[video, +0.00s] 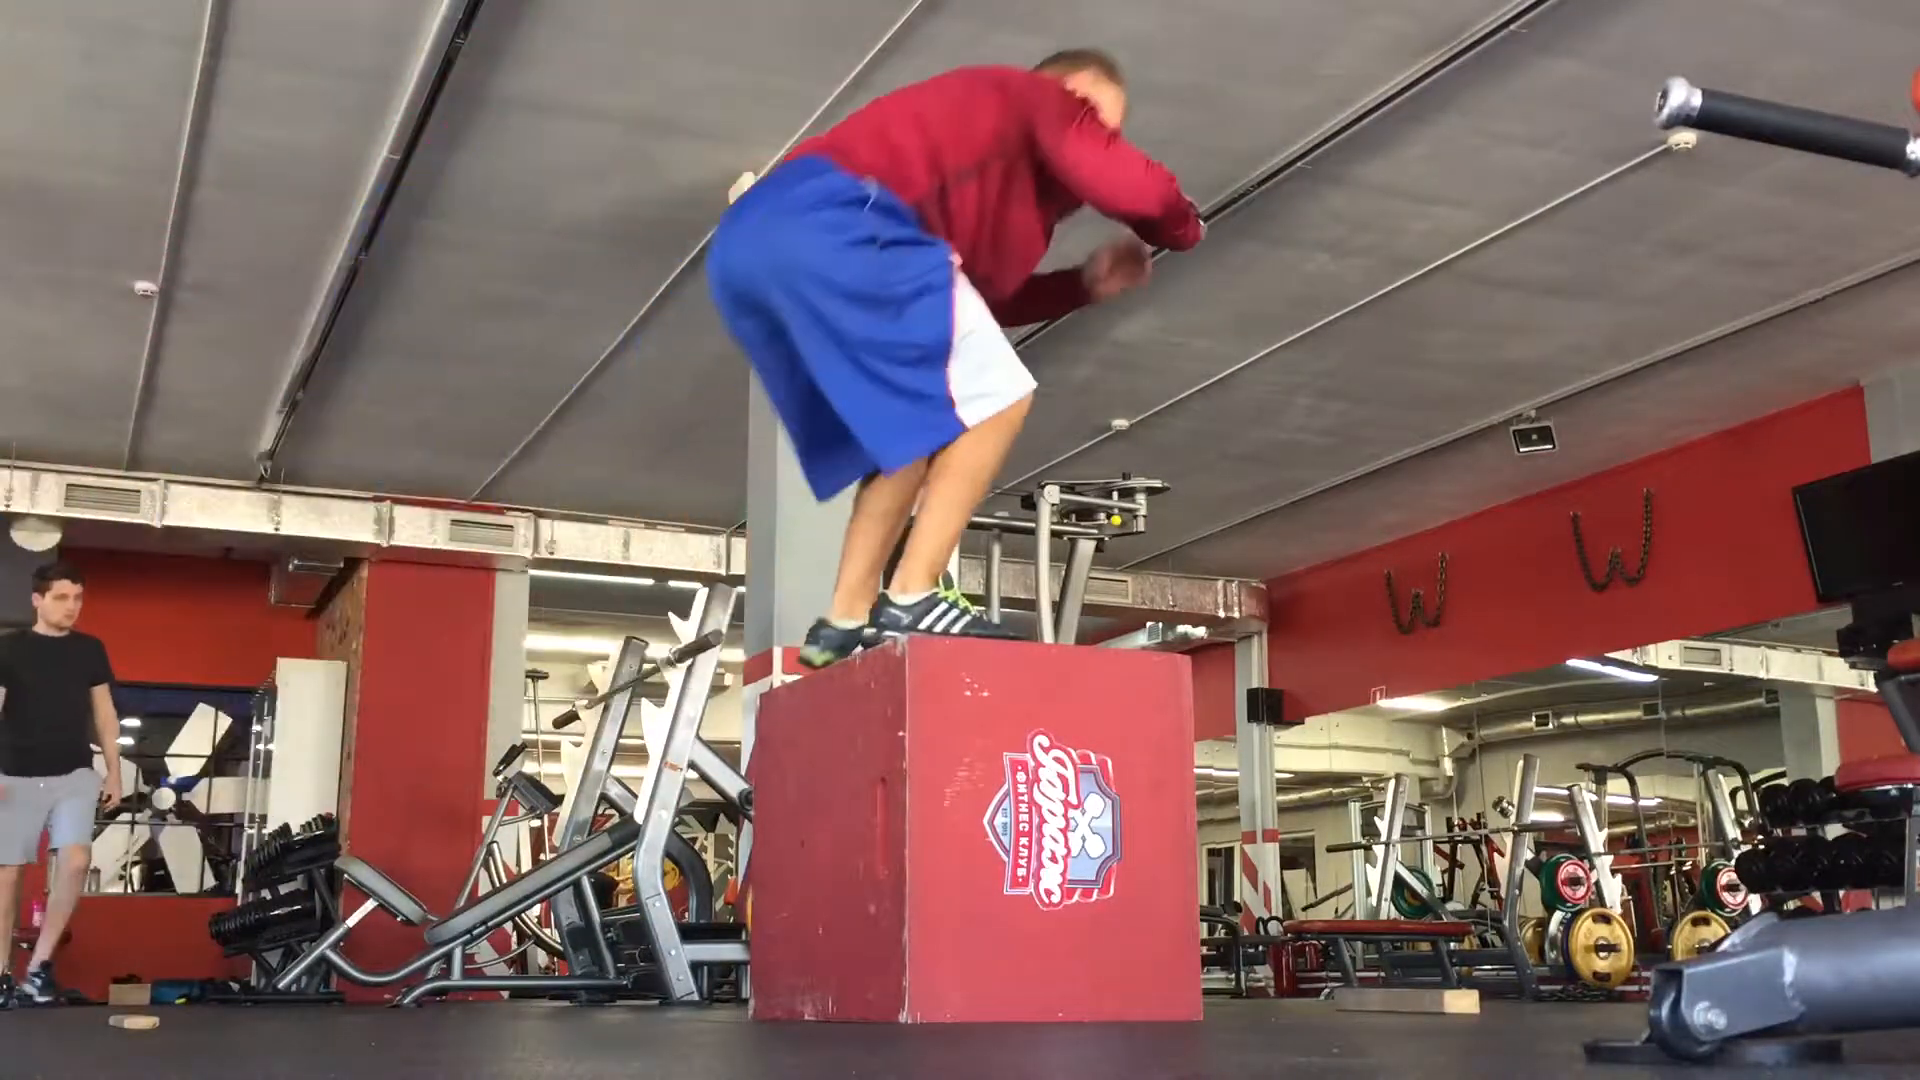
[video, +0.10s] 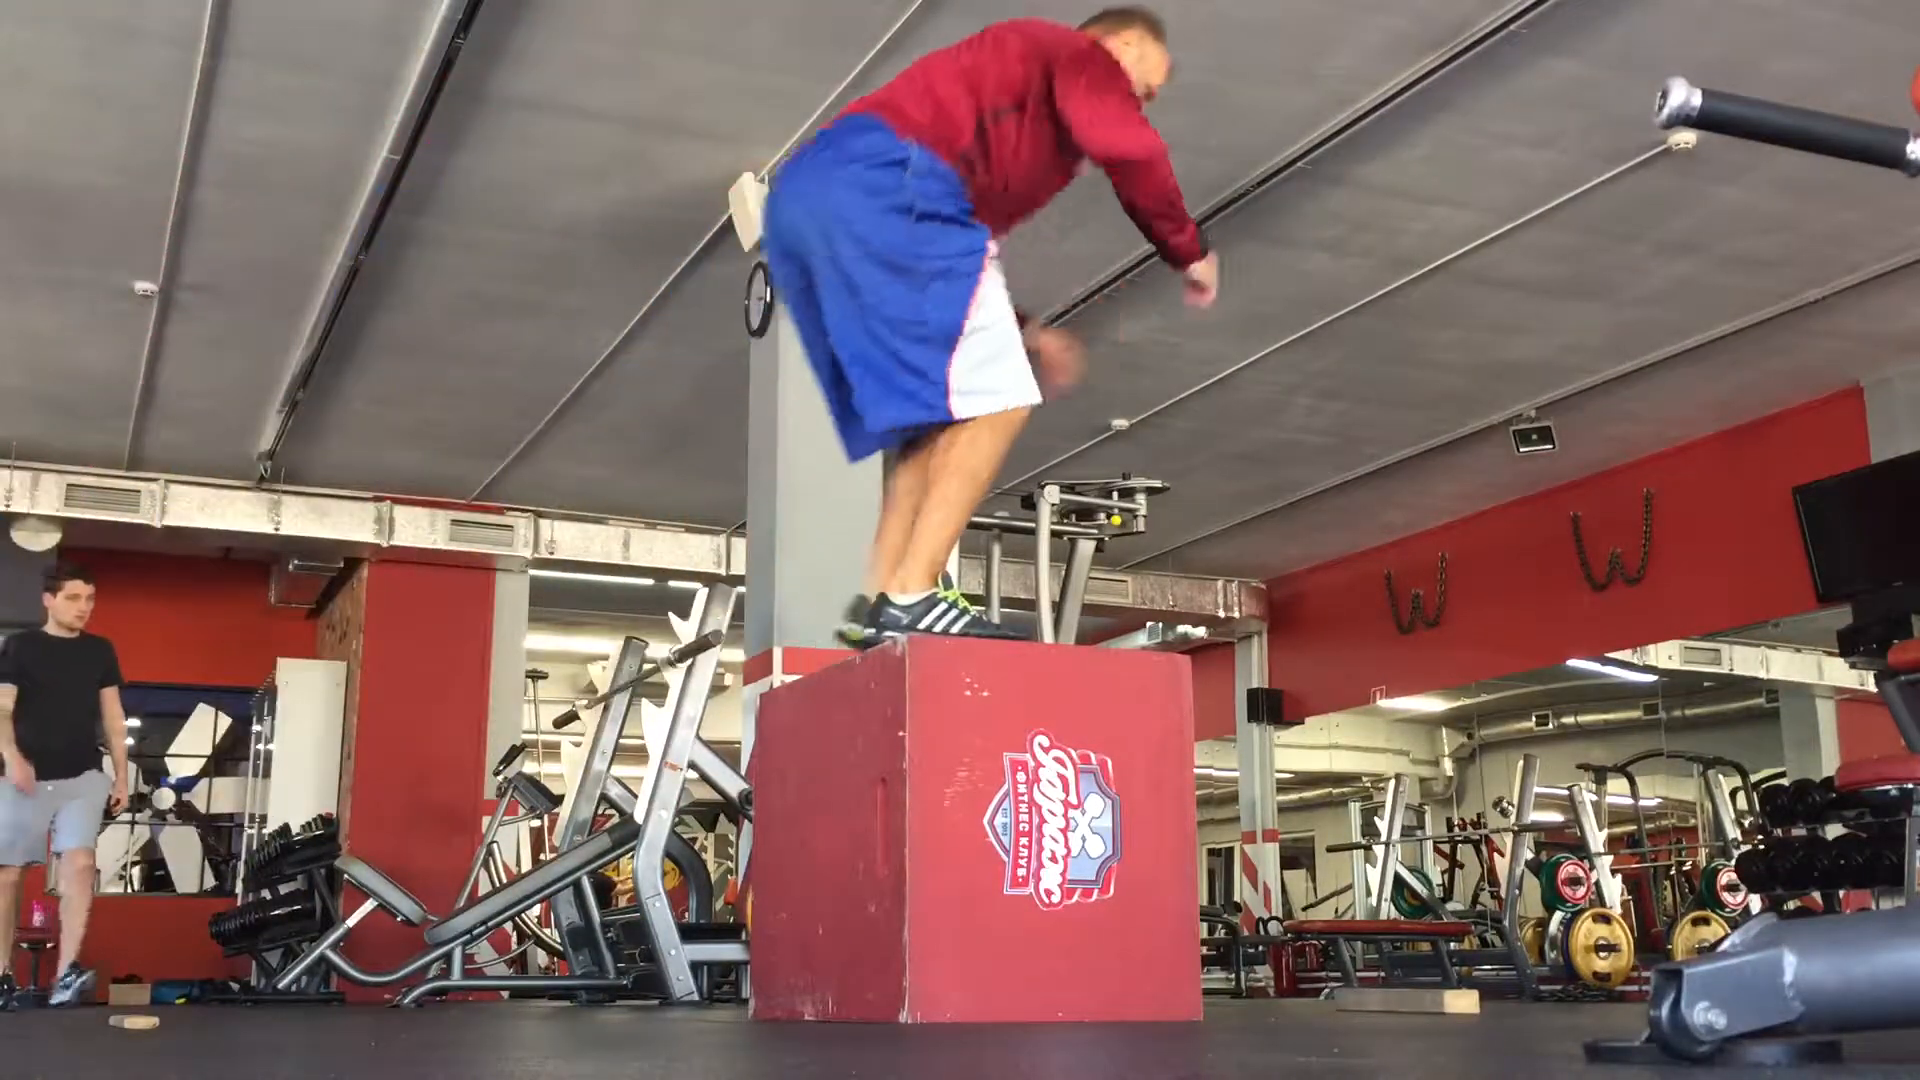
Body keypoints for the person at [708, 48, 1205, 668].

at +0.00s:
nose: (1100, 135)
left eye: (1109, 127)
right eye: (1100, 114)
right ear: (1067, 87)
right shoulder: (1038, 95)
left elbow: (982, 302)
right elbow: (1133, 190)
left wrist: (1083, 284)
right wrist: (1183, 229)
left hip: (743, 243)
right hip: (826, 221)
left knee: (913, 433)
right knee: (999, 398)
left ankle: (846, 621)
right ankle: (913, 595)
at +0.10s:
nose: (1139, 102)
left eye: (1147, 96)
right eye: (1142, 83)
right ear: (1117, 44)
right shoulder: (1077, 52)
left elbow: (949, 219)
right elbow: (1129, 147)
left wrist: (1022, 330)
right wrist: (1190, 251)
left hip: (805, 197)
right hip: (883, 186)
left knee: (931, 413)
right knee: (1003, 395)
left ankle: (883, 601)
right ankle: (913, 597)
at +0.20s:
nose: (1182, 85)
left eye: (1189, 77)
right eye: (1186, 66)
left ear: (1146, 18)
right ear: (1160, 23)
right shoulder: (1115, 29)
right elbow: (1115, 118)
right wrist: (1146, 237)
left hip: (863, 179)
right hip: (936, 174)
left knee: (965, 407)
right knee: (1009, 401)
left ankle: (976, 601)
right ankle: (910, 595)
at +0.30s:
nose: (1206, 90)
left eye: (1216, 80)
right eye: (1213, 69)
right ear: (1188, 21)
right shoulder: (1145, 19)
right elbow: (1104, 76)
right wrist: (1107, 197)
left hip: (922, 193)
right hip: (989, 181)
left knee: (1018, 419)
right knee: (1076, 409)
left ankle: (1003, 617)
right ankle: (937, 567)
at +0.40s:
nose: (1240, 99)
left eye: (1247, 93)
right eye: (1243, 79)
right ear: (1217, 41)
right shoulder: (1179, 36)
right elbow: (1116, 75)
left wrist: (949, 320)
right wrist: (1104, 189)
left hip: (954, 249)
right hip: (1023, 213)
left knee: (1054, 448)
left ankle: (1005, 628)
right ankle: (1036, 532)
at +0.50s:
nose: (1270, 114)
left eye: (1277, 104)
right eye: (1274, 94)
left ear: (1227, 49)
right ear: (1251, 56)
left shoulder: (1149, 80)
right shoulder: (1212, 67)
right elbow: (1165, 130)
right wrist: (1137, 237)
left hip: (999, 272)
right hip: (1074, 244)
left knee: (1112, 483)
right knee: (1249, 428)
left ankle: (1012, 615)